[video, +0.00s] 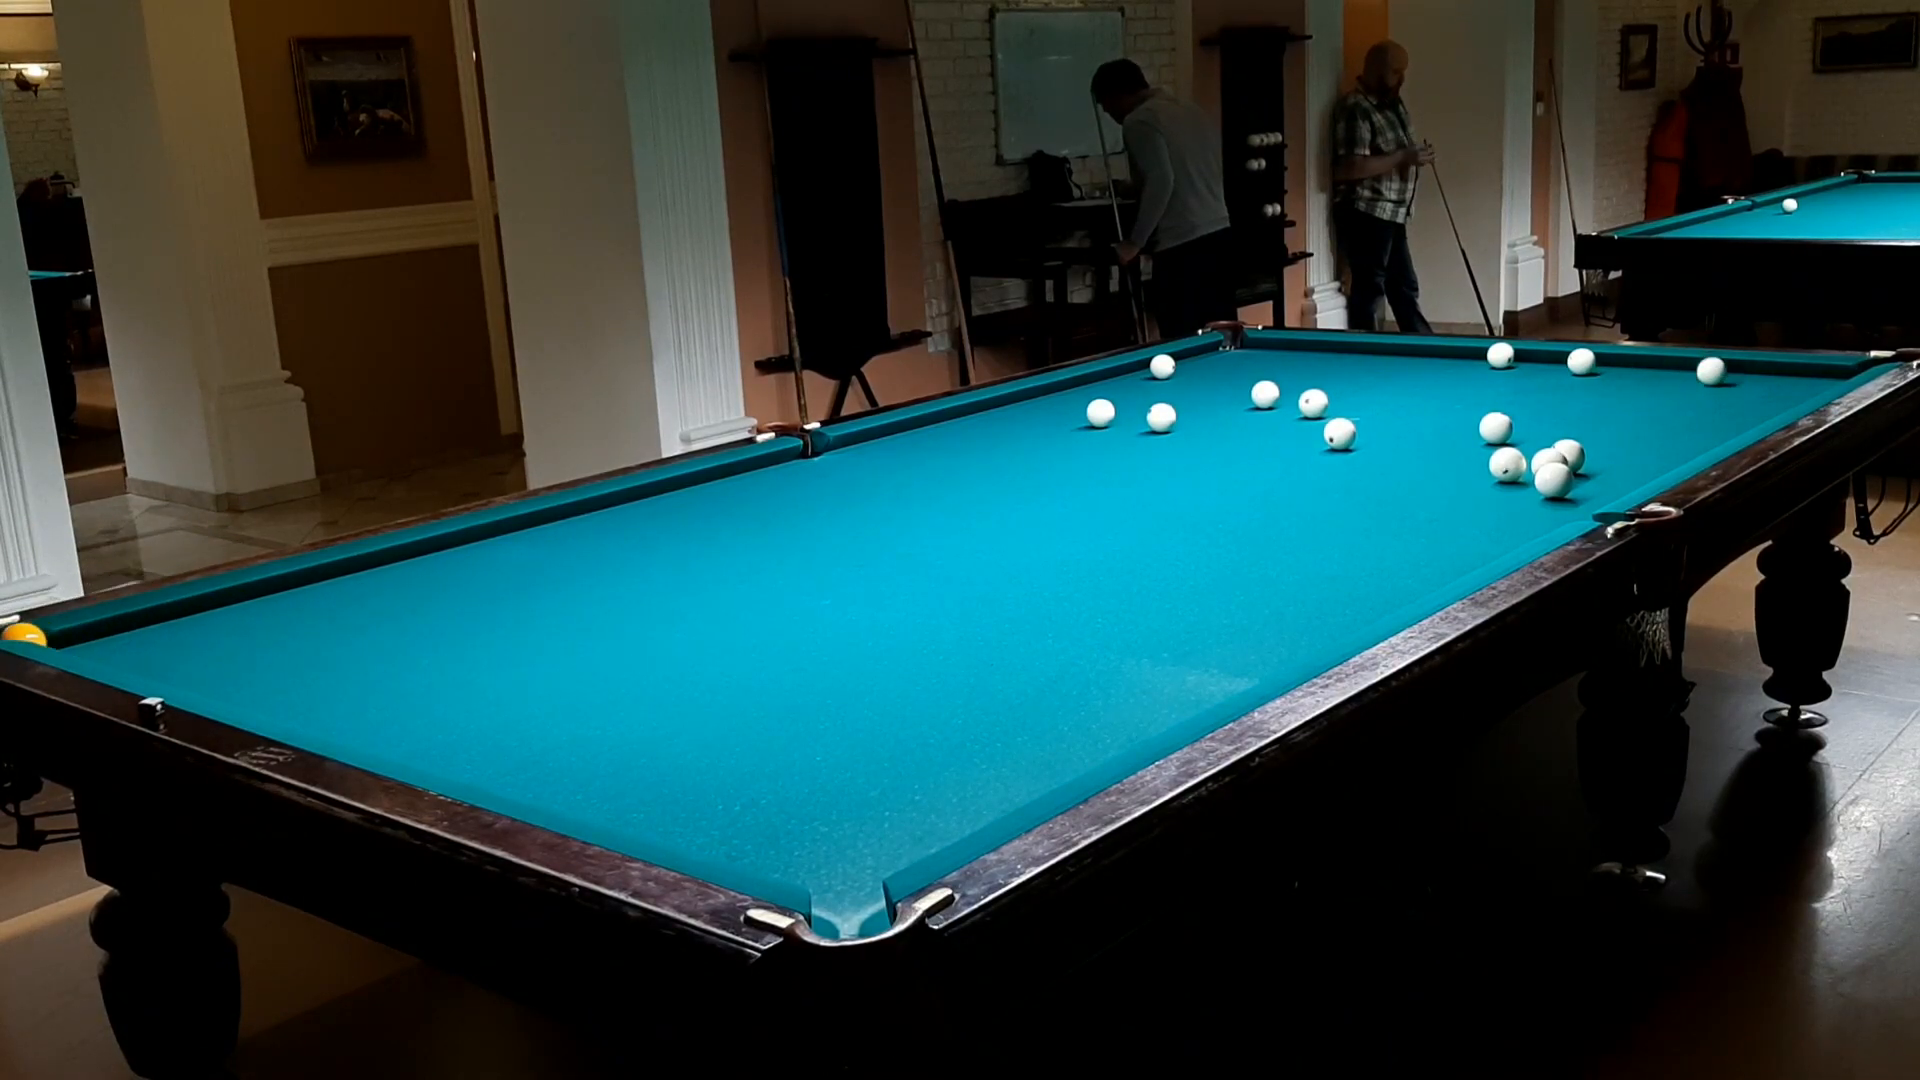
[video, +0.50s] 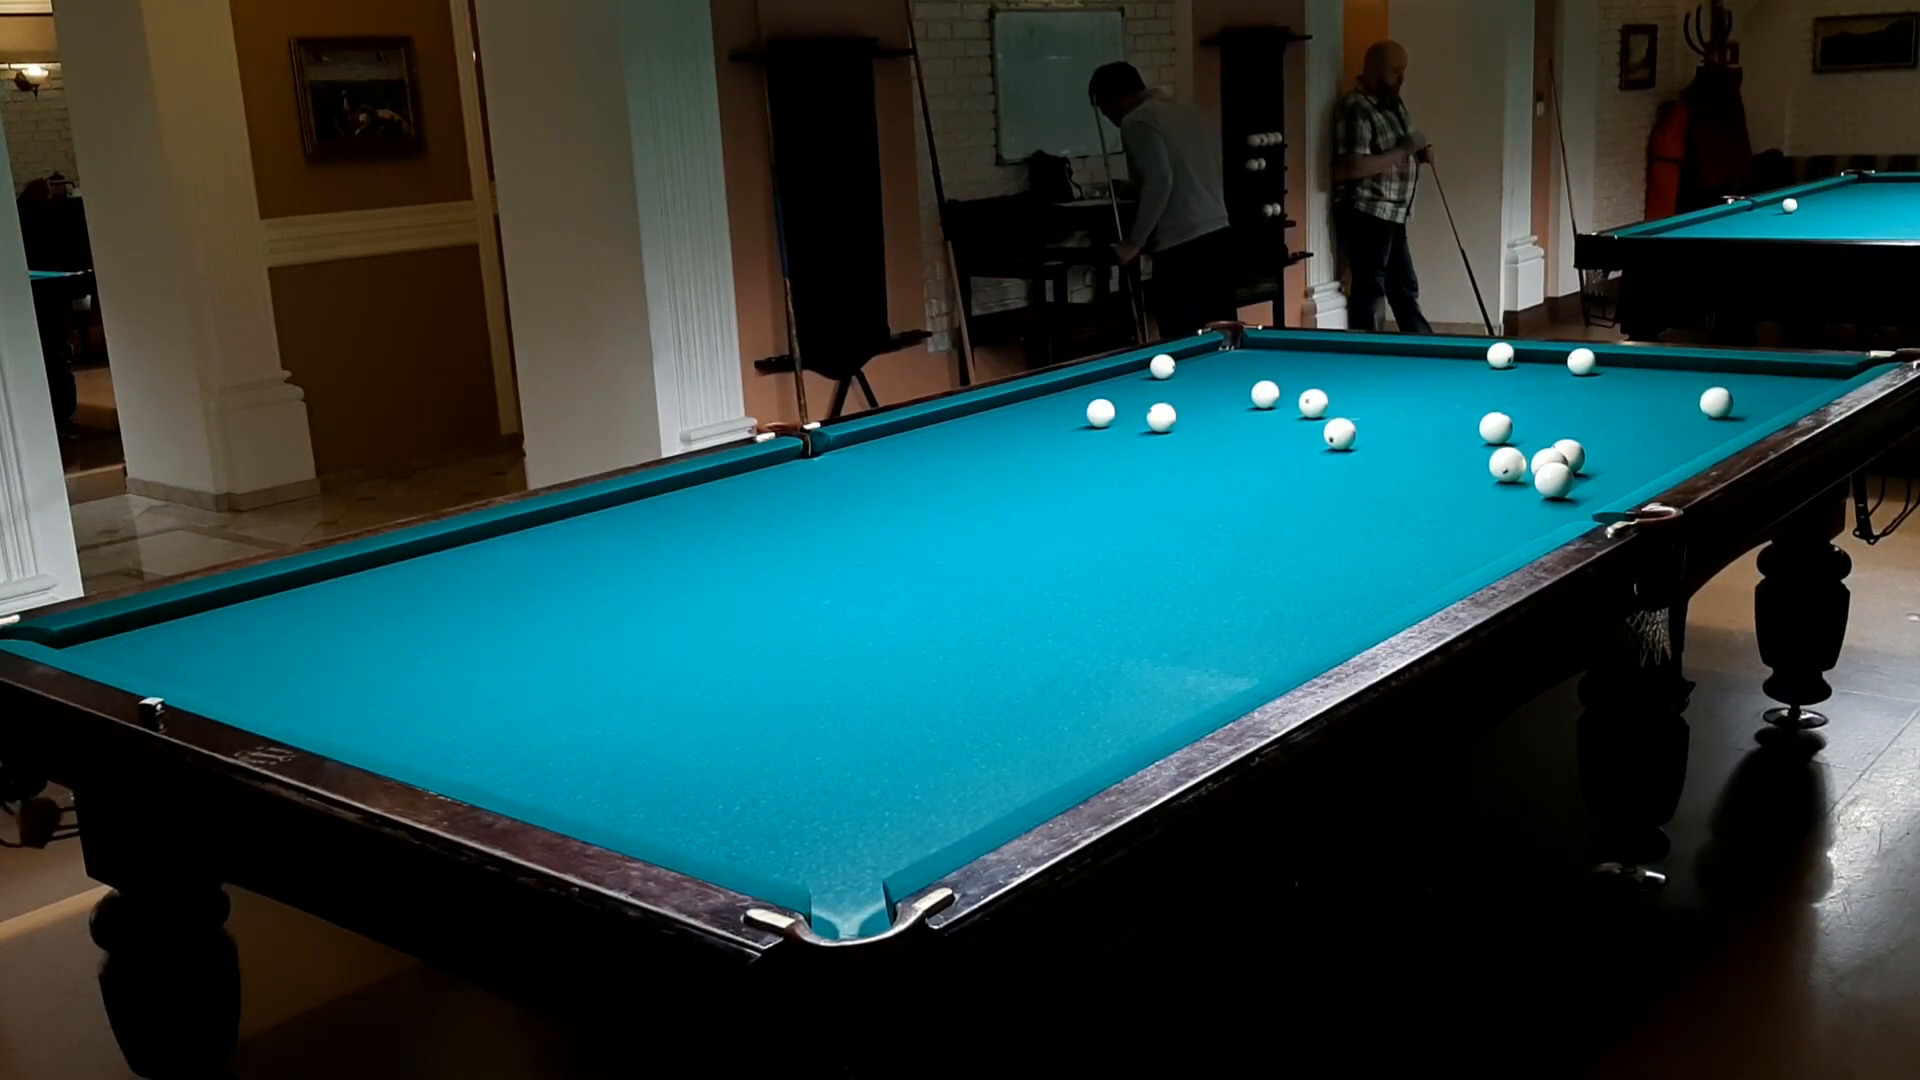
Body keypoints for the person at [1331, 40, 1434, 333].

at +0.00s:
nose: (1401, 80)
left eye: (1403, 73)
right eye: (1396, 72)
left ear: (1401, 72)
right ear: (1377, 70)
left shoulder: (1393, 104)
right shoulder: (1355, 107)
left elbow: (1389, 155)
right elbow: (1351, 167)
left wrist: (1414, 156)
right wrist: (1402, 157)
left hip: (1390, 216)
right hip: (1363, 215)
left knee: (1404, 289)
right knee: (1367, 291)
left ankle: (1425, 352)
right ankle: (1363, 358)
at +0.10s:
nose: (1402, 80)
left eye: (1404, 73)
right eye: (1396, 73)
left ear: (1400, 72)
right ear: (1377, 70)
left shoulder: (1393, 104)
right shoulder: (1355, 107)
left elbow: (1388, 154)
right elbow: (1350, 167)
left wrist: (1416, 153)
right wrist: (1403, 156)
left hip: (1390, 216)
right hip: (1363, 215)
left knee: (1404, 289)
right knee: (1366, 291)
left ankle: (1425, 352)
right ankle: (1363, 358)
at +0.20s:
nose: (1402, 80)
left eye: (1404, 73)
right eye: (1396, 73)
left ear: (1401, 72)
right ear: (1376, 70)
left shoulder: (1393, 104)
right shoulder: (1354, 107)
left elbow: (1390, 154)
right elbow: (1350, 167)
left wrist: (1418, 155)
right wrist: (1399, 155)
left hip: (1390, 216)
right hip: (1363, 215)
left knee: (1404, 289)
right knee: (1366, 292)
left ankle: (1425, 353)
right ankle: (1363, 359)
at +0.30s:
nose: (1402, 79)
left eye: (1403, 72)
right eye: (1396, 72)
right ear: (1375, 70)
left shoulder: (1393, 104)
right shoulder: (1354, 107)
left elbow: (1389, 156)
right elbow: (1352, 167)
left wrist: (1417, 156)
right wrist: (1402, 152)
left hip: (1390, 217)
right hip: (1363, 216)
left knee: (1404, 289)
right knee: (1366, 292)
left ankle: (1426, 353)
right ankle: (1363, 359)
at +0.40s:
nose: (1402, 79)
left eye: (1403, 72)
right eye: (1395, 72)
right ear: (1376, 70)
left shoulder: (1393, 104)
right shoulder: (1354, 107)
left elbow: (1389, 157)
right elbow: (1352, 167)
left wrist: (1417, 156)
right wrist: (1402, 151)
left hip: (1390, 217)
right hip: (1363, 216)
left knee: (1404, 290)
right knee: (1366, 292)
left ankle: (1426, 353)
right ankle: (1363, 360)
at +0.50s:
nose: (1401, 78)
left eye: (1403, 71)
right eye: (1395, 71)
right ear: (1375, 70)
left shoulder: (1393, 104)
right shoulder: (1354, 106)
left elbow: (1389, 157)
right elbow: (1352, 167)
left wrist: (1417, 156)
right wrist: (1403, 151)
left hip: (1390, 217)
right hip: (1363, 215)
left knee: (1404, 289)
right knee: (1366, 292)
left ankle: (1426, 353)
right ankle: (1363, 359)